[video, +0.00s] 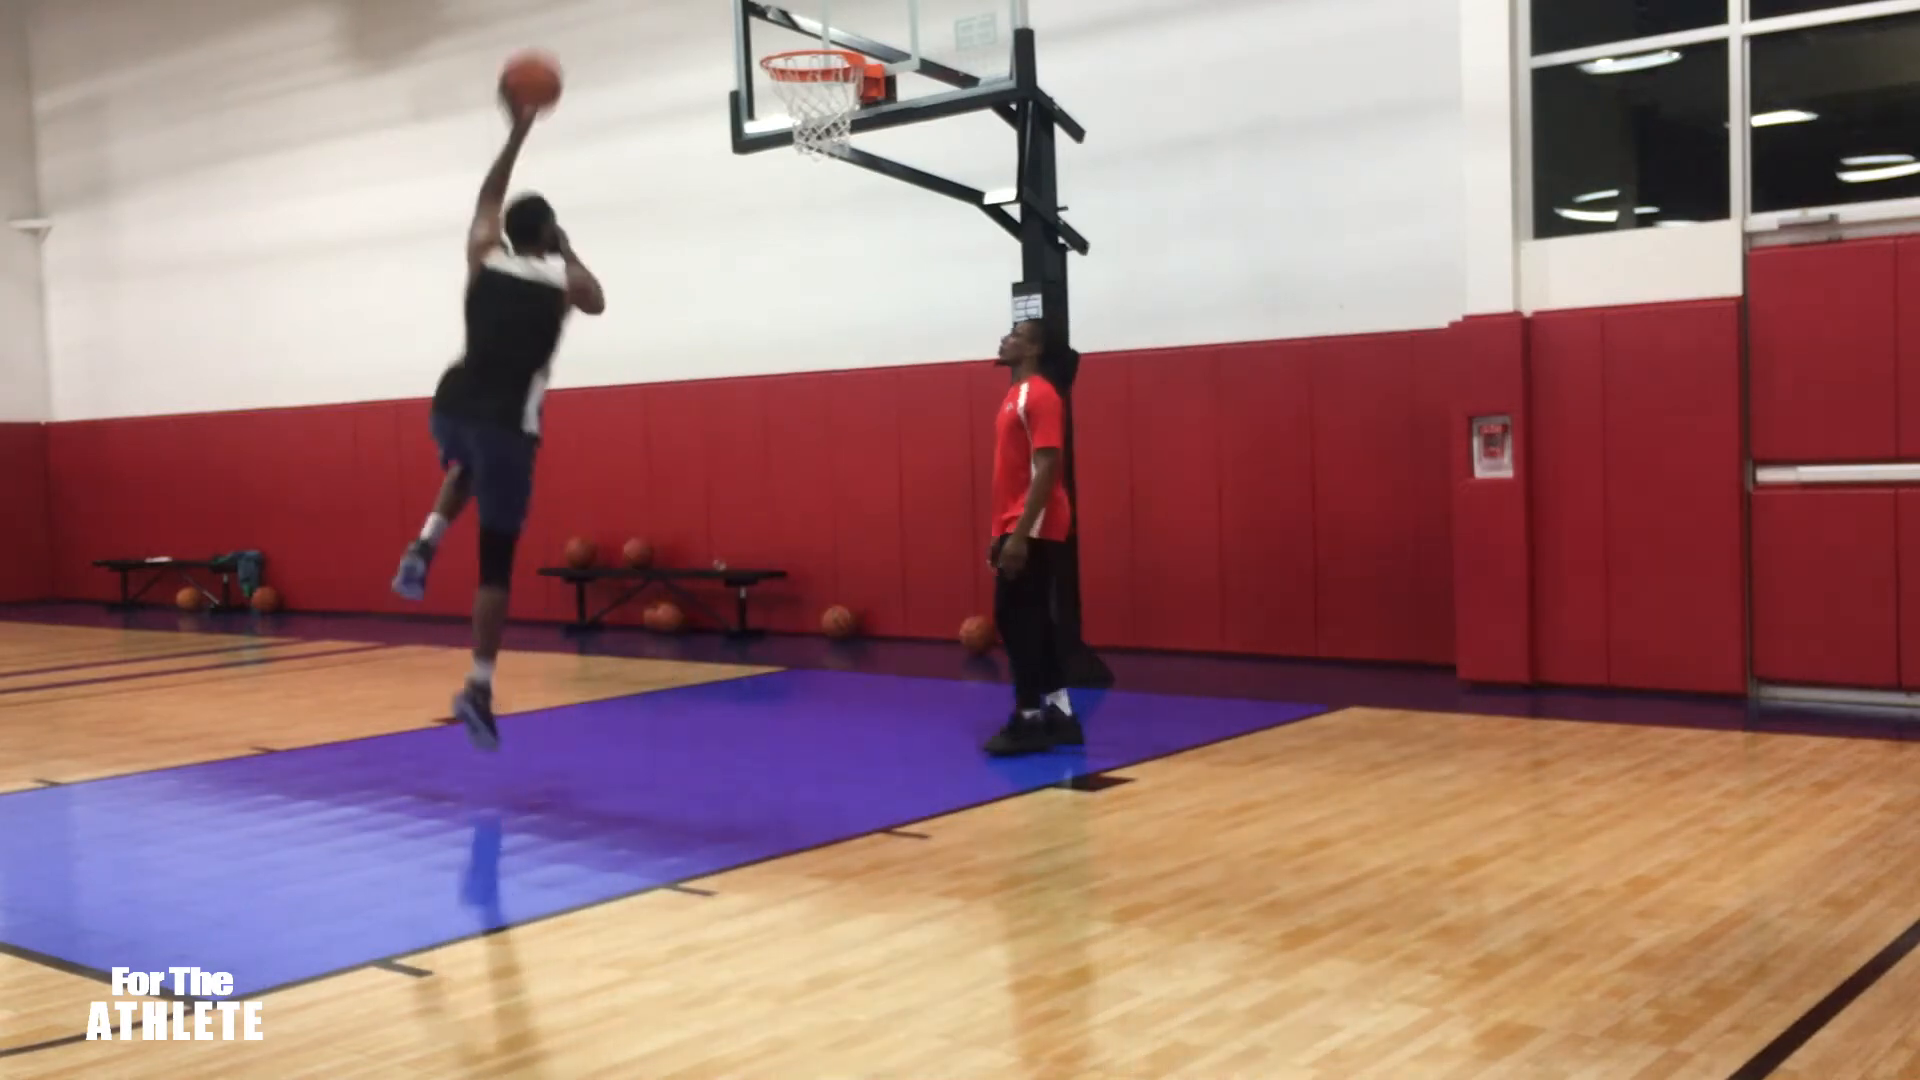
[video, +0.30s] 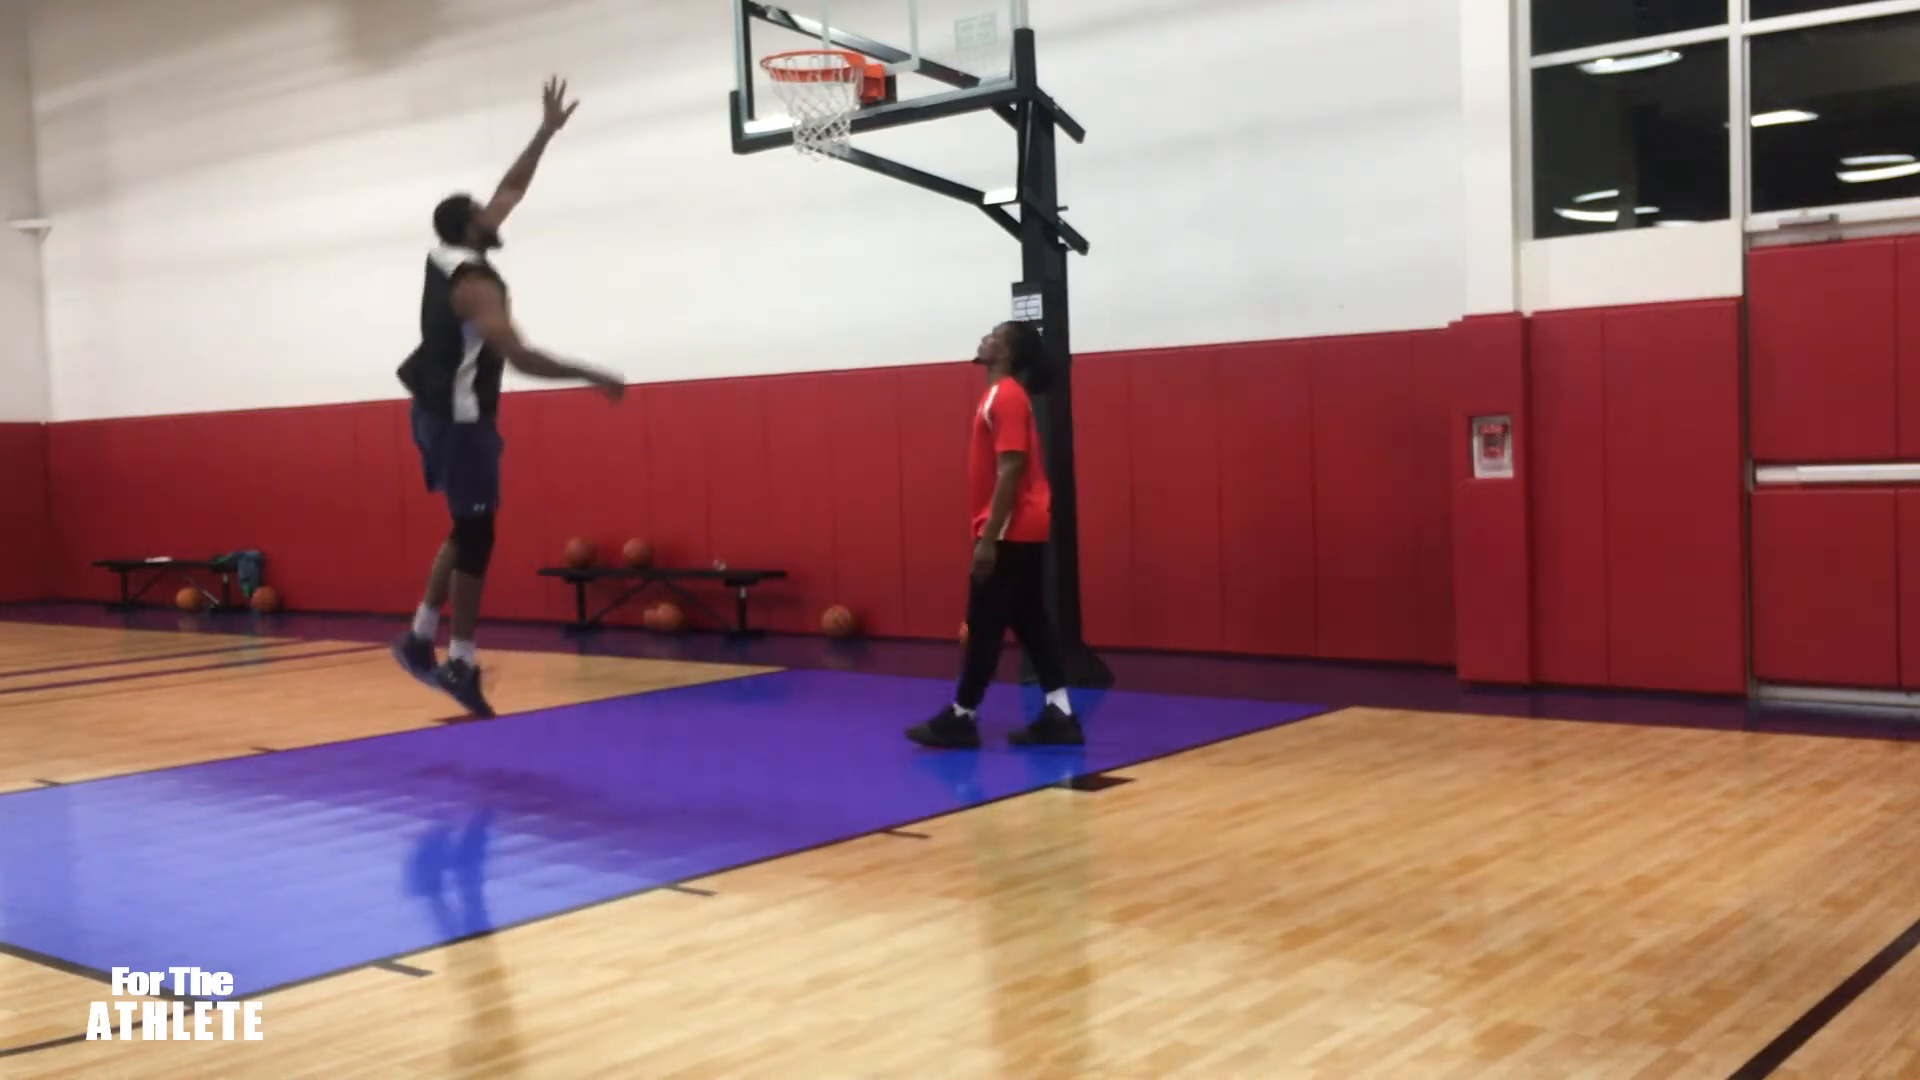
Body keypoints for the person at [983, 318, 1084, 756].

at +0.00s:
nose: (1005, 340)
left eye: (1015, 336)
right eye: (1008, 334)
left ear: (1035, 349)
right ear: (1022, 348)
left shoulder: (1039, 394)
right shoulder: (1016, 395)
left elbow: (1046, 465)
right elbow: (1014, 471)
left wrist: (1022, 533)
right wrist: (1000, 530)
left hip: (1035, 532)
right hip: (1021, 530)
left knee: (1018, 621)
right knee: (1031, 621)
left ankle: (1029, 715)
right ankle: (1057, 709)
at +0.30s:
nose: (985, 337)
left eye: (995, 335)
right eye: (990, 331)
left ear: (1009, 352)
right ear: (1004, 352)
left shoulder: (1007, 394)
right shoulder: (998, 394)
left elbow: (1012, 467)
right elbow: (1004, 466)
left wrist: (989, 536)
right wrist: (987, 528)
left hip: (1010, 534)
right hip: (1013, 532)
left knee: (984, 626)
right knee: (1031, 621)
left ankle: (962, 714)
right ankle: (1059, 710)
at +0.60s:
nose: (949, 339)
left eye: (958, 337)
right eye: (954, 334)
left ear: (970, 352)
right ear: (977, 356)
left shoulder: (965, 397)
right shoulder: (972, 395)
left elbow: (966, 470)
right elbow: (974, 468)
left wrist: (945, 538)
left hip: (970, 533)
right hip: (979, 531)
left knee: (960, 620)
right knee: (974, 617)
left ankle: (956, 717)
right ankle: (1037, 694)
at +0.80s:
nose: (929, 341)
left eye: (938, 337)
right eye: (935, 335)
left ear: (949, 353)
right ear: (957, 358)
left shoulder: (942, 396)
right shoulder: (953, 395)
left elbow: (937, 467)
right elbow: (951, 466)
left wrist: (905, 534)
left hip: (952, 521)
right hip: (956, 519)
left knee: (946, 615)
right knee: (928, 607)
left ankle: (956, 716)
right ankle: (987, 685)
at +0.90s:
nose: (918, 345)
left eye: (925, 340)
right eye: (922, 339)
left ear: (937, 353)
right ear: (946, 357)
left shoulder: (931, 396)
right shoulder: (946, 396)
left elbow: (924, 466)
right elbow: (938, 464)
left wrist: (885, 532)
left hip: (941, 520)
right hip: (951, 518)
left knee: (922, 606)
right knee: (941, 610)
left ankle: (955, 713)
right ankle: (955, 708)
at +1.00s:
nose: (908, 347)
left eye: (915, 342)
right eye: (912, 340)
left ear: (925, 354)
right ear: (935, 359)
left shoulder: (920, 397)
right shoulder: (936, 398)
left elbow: (911, 467)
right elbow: (931, 469)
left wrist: (872, 534)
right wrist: (888, 485)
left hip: (935, 520)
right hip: (933, 518)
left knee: (936, 614)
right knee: (913, 608)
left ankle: (956, 717)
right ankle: (919, 701)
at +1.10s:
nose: (898, 350)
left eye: (904, 345)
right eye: (903, 344)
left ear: (913, 357)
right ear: (928, 361)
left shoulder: (909, 400)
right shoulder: (923, 400)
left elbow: (900, 468)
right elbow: (916, 454)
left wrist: (864, 536)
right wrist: (874, 436)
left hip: (925, 525)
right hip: (922, 523)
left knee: (932, 618)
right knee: (908, 613)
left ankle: (955, 717)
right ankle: (898, 700)